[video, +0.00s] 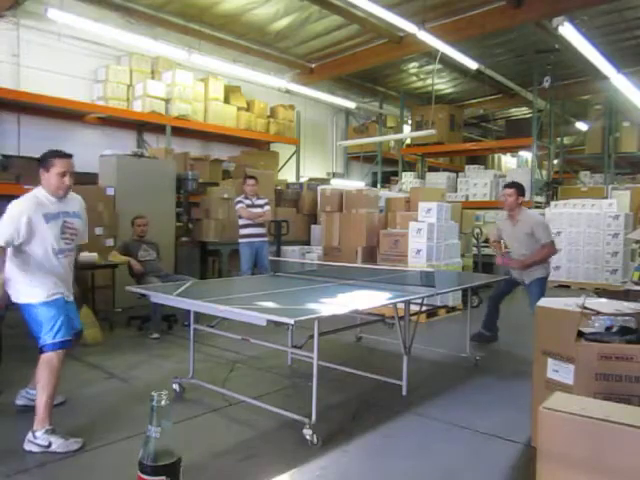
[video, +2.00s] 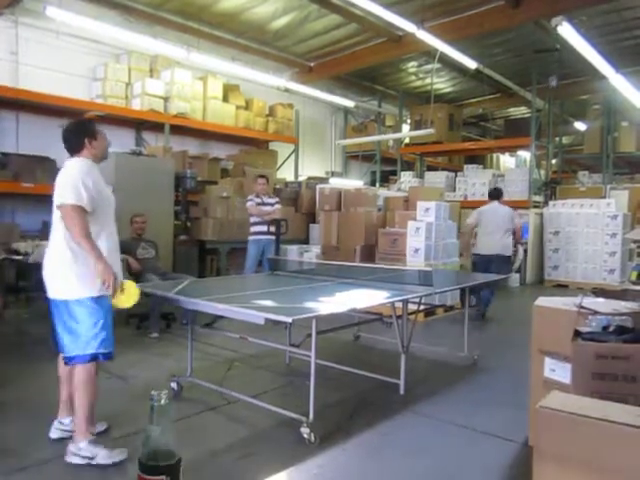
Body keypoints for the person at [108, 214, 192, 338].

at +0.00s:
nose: (142, 228)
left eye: (145, 225)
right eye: (139, 226)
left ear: (148, 227)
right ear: (133, 228)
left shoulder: (153, 245)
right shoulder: (128, 244)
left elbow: (158, 262)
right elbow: (112, 256)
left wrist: (163, 272)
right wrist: (130, 260)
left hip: (161, 274)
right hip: (145, 276)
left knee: (192, 283)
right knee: (159, 292)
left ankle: (188, 320)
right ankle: (154, 329)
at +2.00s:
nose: (140, 226)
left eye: (143, 223)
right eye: (137, 223)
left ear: (146, 225)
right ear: (131, 225)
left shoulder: (152, 244)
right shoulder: (125, 243)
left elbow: (156, 262)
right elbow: (114, 254)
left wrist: (161, 271)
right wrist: (128, 258)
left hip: (159, 273)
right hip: (142, 273)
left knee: (189, 281)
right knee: (160, 288)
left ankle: (186, 319)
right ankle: (154, 328)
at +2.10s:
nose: (140, 226)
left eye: (143, 223)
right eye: (136, 223)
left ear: (146, 225)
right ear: (131, 226)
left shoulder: (152, 244)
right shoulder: (126, 244)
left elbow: (155, 264)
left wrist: (165, 274)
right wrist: (128, 260)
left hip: (158, 274)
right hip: (142, 276)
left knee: (189, 281)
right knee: (158, 290)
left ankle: (186, 320)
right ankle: (154, 328)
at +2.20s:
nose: (140, 226)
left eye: (143, 223)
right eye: (136, 223)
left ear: (147, 225)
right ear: (131, 225)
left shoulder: (152, 244)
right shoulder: (128, 244)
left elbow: (156, 263)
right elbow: (130, 262)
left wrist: (161, 273)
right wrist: (141, 272)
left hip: (159, 274)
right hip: (143, 275)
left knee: (189, 281)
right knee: (162, 290)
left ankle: (186, 318)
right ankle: (155, 327)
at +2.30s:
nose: (142, 226)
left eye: (144, 223)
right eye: (139, 224)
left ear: (147, 225)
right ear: (134, 225)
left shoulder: (152, 245)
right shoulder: (130, 243)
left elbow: (156, 266)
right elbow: (132, 266)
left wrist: (165, 274)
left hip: (157, 274)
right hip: (142, 275)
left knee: (190, 282)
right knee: (158, 288)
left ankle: (186, 319)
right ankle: (154, 327)